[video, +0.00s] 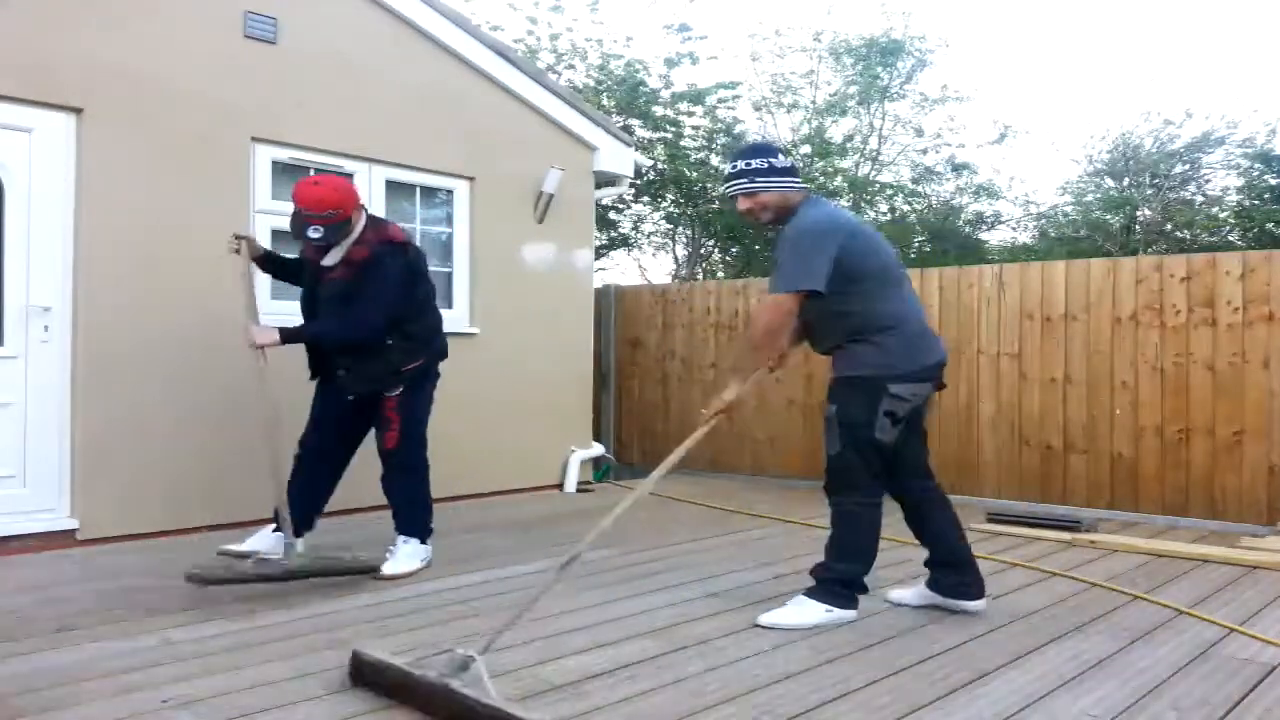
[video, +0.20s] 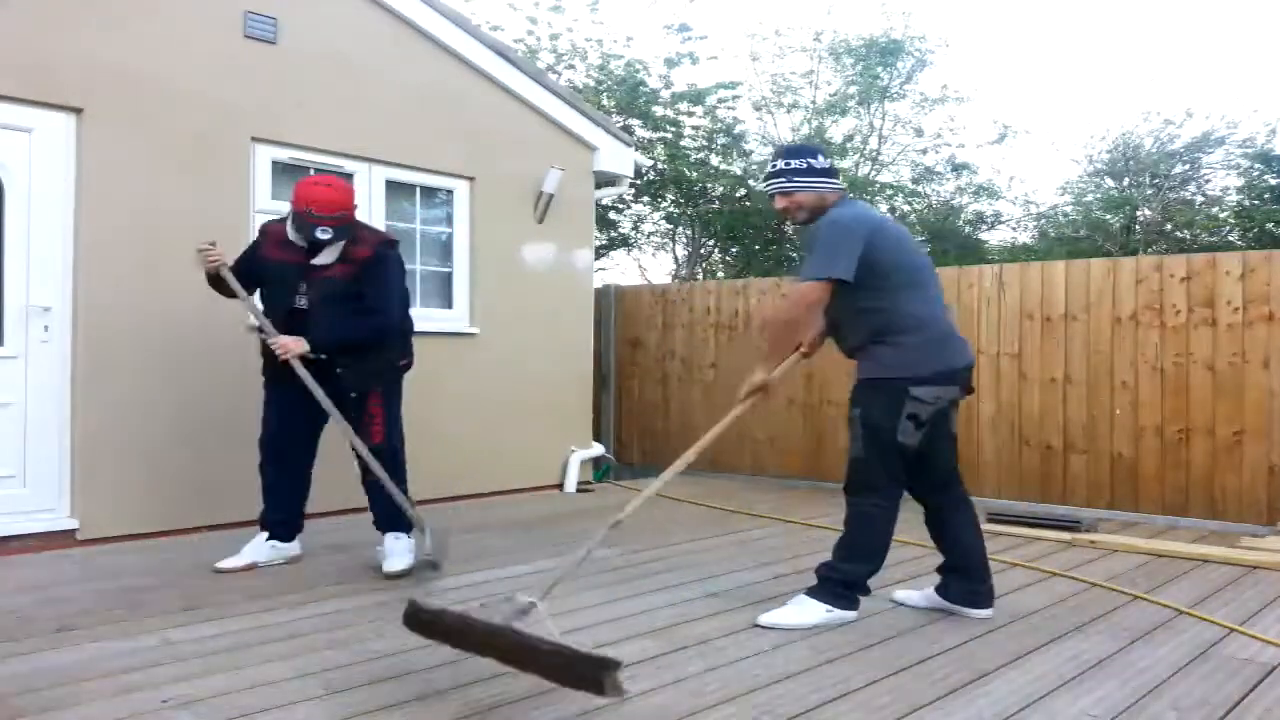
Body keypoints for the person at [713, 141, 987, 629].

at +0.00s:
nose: (743, 206)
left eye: (749, 193)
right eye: (737, 197)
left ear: (780, 185)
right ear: (787, 189)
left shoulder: (807, 228)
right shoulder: (823, 219)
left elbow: (772, 321)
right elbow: (812, 312)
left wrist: (765, 354)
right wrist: (778, 345)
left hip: (875, 367)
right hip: (905, 361)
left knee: (852, 483)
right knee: (910, 478)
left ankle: (835, 593)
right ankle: (959, 583)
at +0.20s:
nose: (780, 205)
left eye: (785, 193)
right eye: (776, 195)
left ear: (815, 186)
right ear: (824, 187)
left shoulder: (840, 223)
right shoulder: (863, 219)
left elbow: (807, 305)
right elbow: (860, 293)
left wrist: (768, 366)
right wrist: (820, 330)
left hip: (898, 372)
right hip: (936, 366)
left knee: (871, 489)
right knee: (938, 484)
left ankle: (837, 593)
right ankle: (969, 590)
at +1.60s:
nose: (756, 209)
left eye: (758, 195)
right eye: (750, 200)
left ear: (787, 180)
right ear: (804, 178)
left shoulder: (829, 212)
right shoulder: (854, 205)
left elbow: (816, 297)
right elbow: (889, 280)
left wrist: (795, 363)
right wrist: (848, 325)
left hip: (907, 360)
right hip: (944, 355)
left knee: (863, 479)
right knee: (919, 478)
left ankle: (886, 611)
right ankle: (943, 602)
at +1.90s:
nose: (758, 207)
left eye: (759, 193)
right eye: (752, 198)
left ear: (788, 179)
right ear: (807, 176)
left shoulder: (832, 212)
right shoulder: (863, 206)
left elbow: (838, 302)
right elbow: (885, 302)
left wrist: (825, 363)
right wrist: (852, 368)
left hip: (902, 361)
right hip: (943, 358)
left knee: (863, 488)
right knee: (921, 482)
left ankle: (858, 629)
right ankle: (941, 602)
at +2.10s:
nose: (738, 220)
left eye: (736, 207)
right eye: (732, 212)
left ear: (760, 190)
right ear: (777, 182)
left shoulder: (812, 215)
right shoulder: (839, 209)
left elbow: (808, 302)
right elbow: (843, 305)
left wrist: (781, 371)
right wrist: (812, 357)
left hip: (901, 366)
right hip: (945, 360)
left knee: (861, 496)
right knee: (921, 488)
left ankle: (857, 635)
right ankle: (941, 603)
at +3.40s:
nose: (630, 222)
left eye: (627, 210)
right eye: (623, 214)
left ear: (647, 190)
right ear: (667, 183)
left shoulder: (677, 225)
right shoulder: (742, 205)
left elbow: (662, 329)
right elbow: (784, 282)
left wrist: (648, 401)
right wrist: (743, 341)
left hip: (778, 361)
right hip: (845, 354)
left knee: (726, 489)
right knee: (840, 491)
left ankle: (704, 620)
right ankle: (874, 616)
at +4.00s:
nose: (617, 207)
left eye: (615, 195)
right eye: (612, 197)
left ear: (638, 182)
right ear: (663, 174)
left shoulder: (655, 222)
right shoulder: (744, 200)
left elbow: (648, 317)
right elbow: (800, 256)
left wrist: (664, 375)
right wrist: (764, 317)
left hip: (726, 360)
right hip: (794, 355)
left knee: (700, 486)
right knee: (765, 476)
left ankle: (704, 617)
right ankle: (769, 592)